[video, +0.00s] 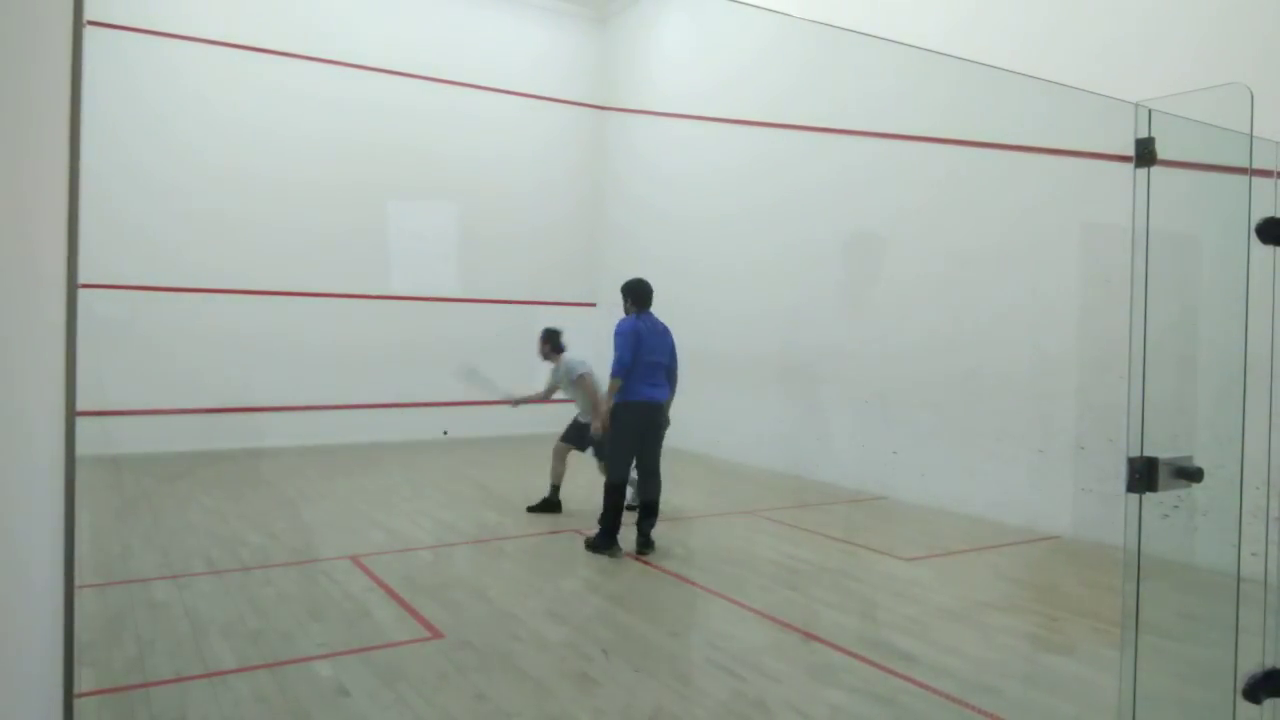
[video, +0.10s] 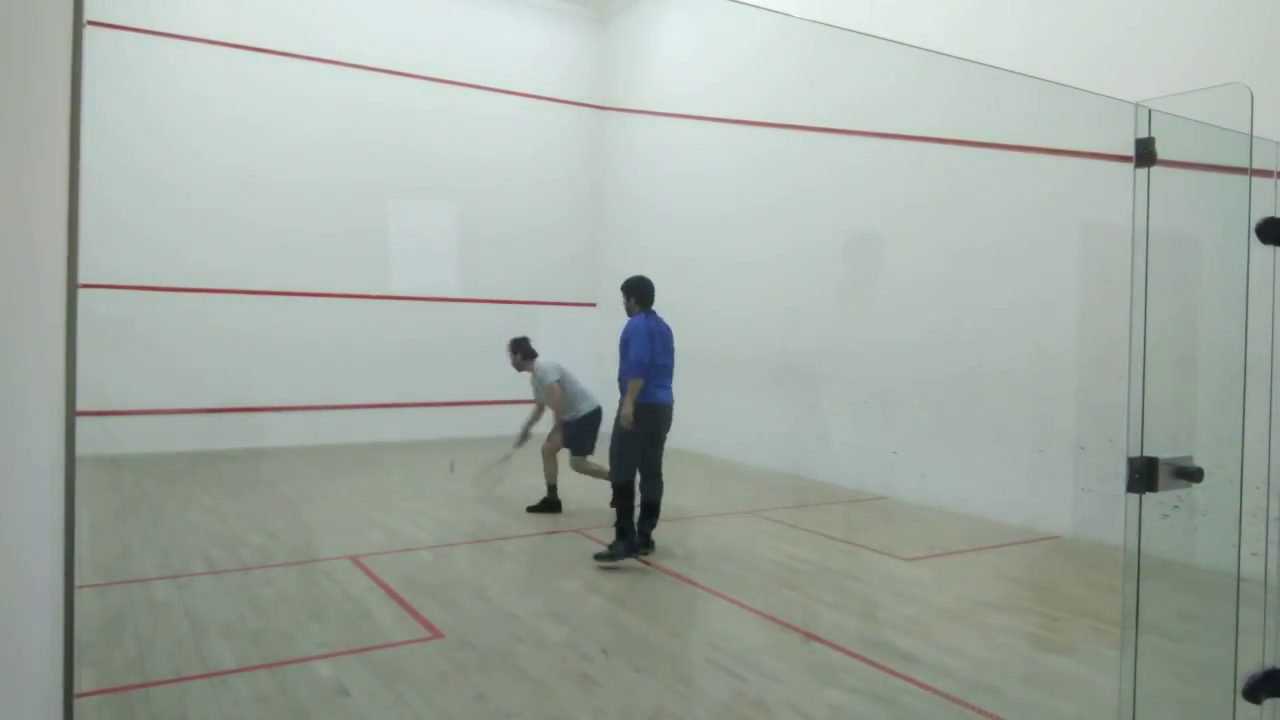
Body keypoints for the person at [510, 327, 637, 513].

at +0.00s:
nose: (539, 349)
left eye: (541, 345)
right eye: (540, 345)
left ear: (549, 346)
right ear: (553, 346)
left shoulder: (572, 363)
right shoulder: (558, 370)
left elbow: (591, 390)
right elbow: (546, 395)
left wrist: (596, 419)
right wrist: (521, 401)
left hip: (600, 419)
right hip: (584, 419)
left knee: (606, 467)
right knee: (560, 450)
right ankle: (553, 498)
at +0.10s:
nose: (511, 361)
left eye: (512, 356)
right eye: (510, 356)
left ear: (521, 355)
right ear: (523, 355)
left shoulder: (546, 369)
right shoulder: (536, 377)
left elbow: (557, 401)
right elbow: (540, 408)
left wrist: (557, 429)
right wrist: (526, 429)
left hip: (586, 413)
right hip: (570, 417)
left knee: (578, 464)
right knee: (548, 450)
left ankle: (619, 478)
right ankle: (552, 498)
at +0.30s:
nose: (530, 326)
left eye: (532, 322)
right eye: (531, 322)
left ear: (541, 323)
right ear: (550, 323)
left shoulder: (545, 349)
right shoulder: (570, 345)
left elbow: (524, 382)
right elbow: (586, 374)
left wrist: (490, 396)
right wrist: (587, 401)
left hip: (559, 411)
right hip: (576, 409)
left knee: (545, 460)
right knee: (551, 457)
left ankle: (565, 503)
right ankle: (552, 497)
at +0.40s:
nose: (546, 321)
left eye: (546, 318)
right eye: (548, 317)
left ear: (549, 321)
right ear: (568, 319)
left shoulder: (548, 347)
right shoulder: (586, 342)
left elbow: (533, 386)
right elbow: (602, 371)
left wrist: (512, 408)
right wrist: (595, 397)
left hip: (563, 410)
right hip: (588, 409)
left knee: (562, 461)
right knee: (576, 455)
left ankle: (569, 515)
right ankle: (568, 500)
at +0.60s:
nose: (540, 351)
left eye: (542, 345)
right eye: (539, 346)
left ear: (555, 341)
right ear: (556, 342)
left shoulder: (570, 360)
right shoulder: (577, 357)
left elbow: (584, 398)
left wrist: (584, 435)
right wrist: (559, 425)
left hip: (598, 418)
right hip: (614, 416)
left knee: (567, 461)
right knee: (616, 470)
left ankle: (567, 514)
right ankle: (641, 514)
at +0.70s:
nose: (527, 357)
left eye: (529, 351)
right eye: (525, 352)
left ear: (543, 347)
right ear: (539, 349)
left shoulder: (565, 368)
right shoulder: (553, 373)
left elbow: (585, 403)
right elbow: (543, 409)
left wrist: (592, 441)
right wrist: (515, 432)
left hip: (592, 425)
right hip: (599, 424)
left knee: (547, 463)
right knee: (599, 474)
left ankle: (531, 518)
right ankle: (636, 516)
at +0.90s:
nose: (469, 424)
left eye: (470, 419)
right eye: (467, 420)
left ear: (481, 410)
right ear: (479, 409)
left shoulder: (511, 419)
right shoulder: (489, 416)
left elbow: (521, 469)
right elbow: (479, 438)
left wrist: (512, 506)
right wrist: (451, 451)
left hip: (558, 432)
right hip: (551, 431)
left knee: (520, 476)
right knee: (571, 478)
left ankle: (517, 529)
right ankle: (622, 504)